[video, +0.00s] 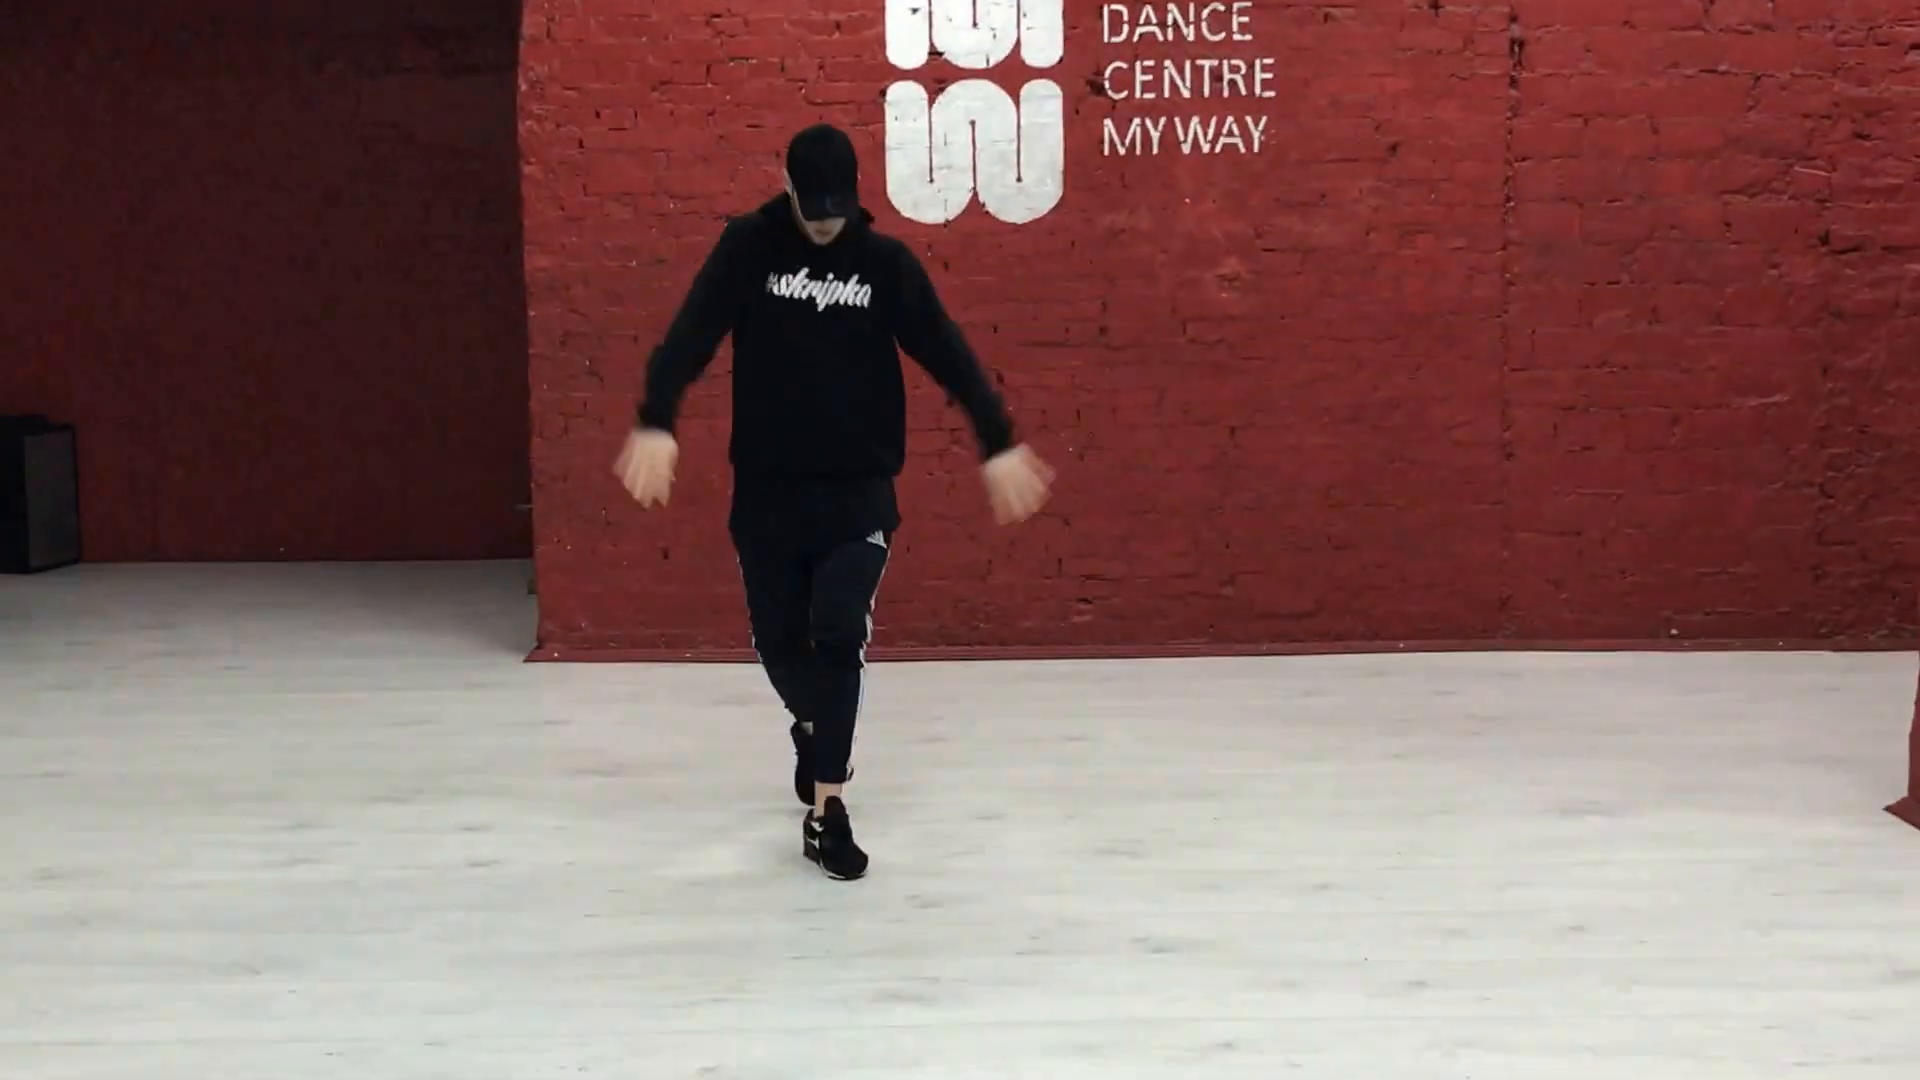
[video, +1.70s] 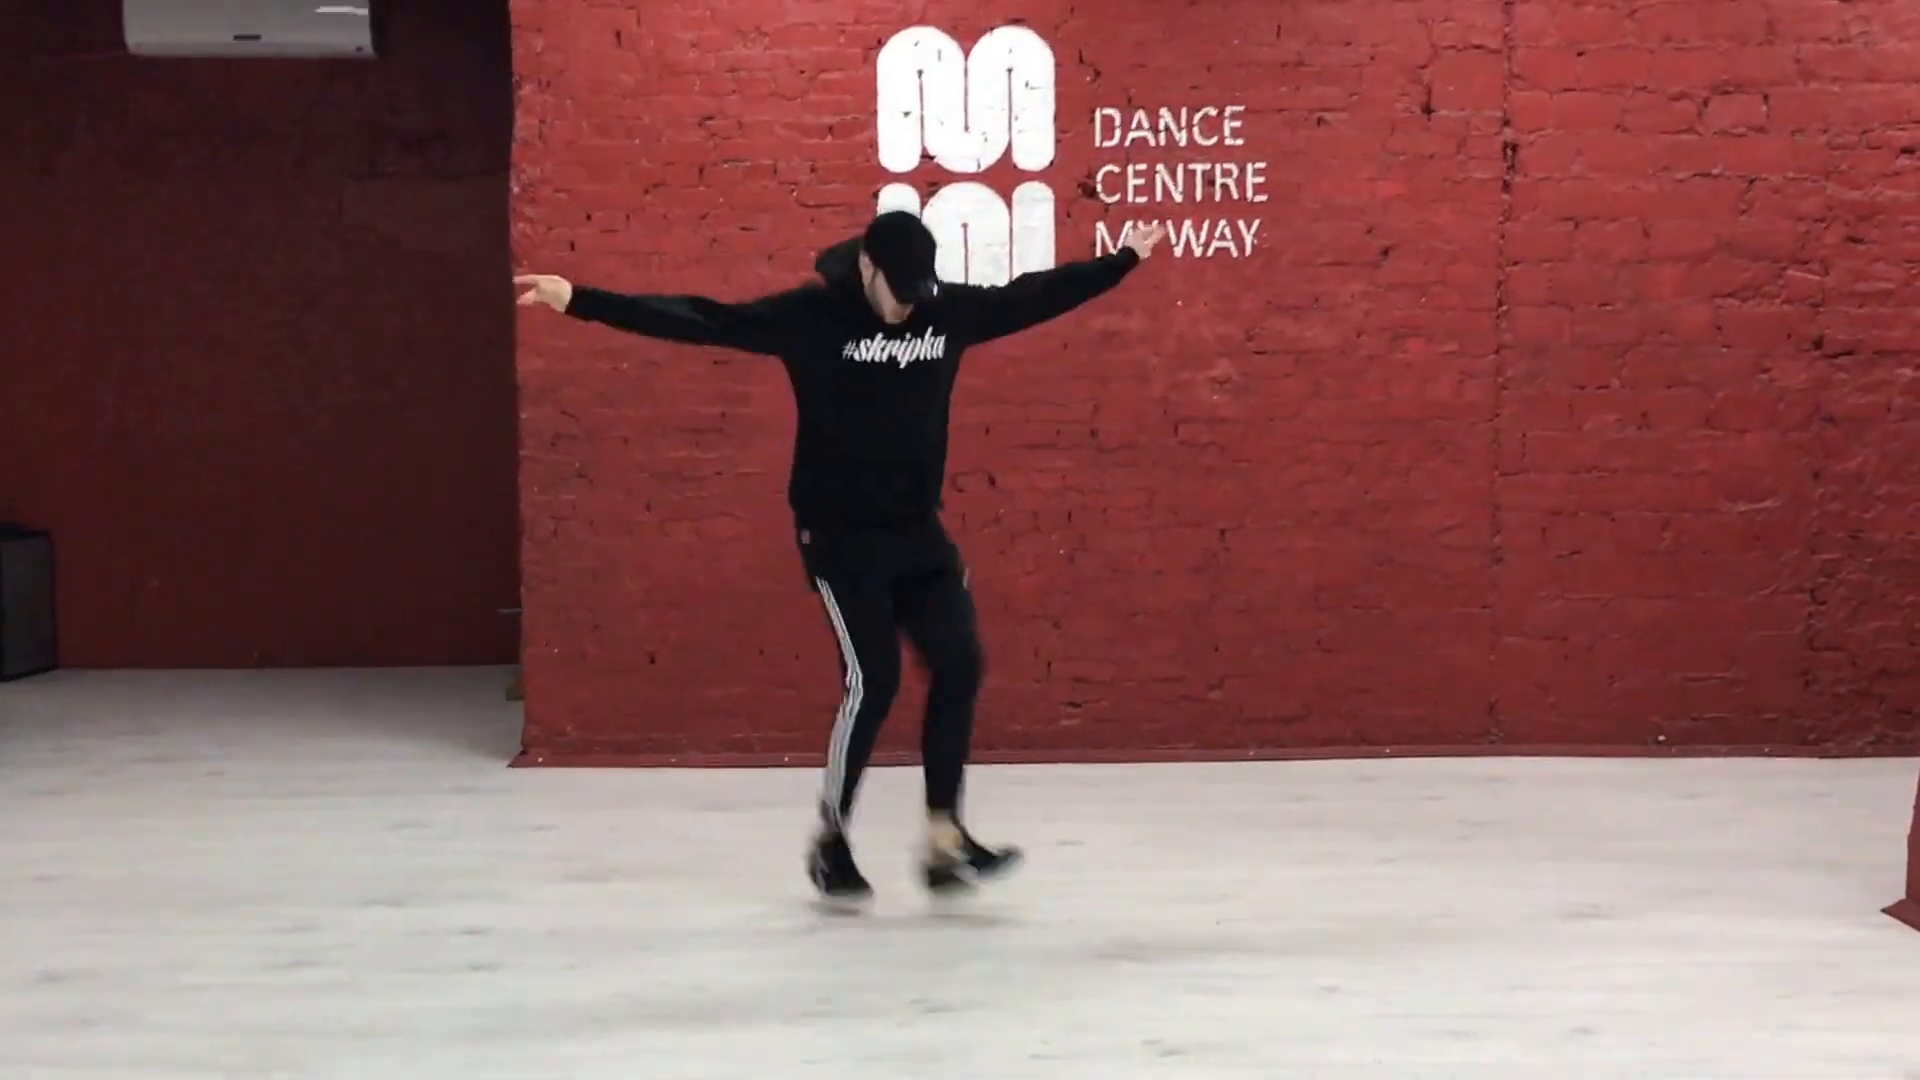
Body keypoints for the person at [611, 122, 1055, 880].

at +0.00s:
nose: (823, 227)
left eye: (834, 215)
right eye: (811, 214)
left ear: (854, 199)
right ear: (789, 194)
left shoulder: (887, 264)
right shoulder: (748, 247)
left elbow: (949, 355)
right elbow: (692, 334)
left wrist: (998, 442)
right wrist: (657, 419)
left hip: (858, 487)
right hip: (766, 485)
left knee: (840, 633)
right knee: (779, 647)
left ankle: (827, 801)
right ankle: (813, 722)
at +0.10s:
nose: (820, 200)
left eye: (831, 187)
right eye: (807, 187)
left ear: (851, 177)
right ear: (785, 175)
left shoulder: (886, 253)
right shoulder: (743, 243)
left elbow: (922, 375)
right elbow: (706, 360)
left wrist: (923, 489)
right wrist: (703, 471)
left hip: (856, 478)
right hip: (766, 478)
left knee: (833, 628)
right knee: (784, 636)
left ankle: (834, 800)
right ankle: (816, 739)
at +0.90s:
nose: (820, 171)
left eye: (832, 162)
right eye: (807, 161)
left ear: (849, 176)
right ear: (787, 175)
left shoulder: (887, 262)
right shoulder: (752, 262)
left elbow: (905, 373)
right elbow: (743, 377)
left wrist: (889, 463)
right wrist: (777, 470)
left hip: (871, 468)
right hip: (791, 471)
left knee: (873, 622)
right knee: (812, 625)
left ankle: (881, 755)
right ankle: (815, 774)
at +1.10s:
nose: (839, 219)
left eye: (851, 209)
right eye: (826, 209)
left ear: (868, 221)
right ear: (807, 222)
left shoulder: (903, 313)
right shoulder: (773, 308)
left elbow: (916, 418)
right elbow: (770, 421)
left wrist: (832, 417)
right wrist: (849, 478)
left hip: (879, 512)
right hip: (797, 512)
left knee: (871, 657)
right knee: (815, 655)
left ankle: (868, 784)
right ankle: (816, 795)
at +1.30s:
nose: (856, 229)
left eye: (868, 217)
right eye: (844, 216)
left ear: (884, 225)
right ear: (823, 223)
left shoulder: (912, 310)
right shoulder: (788, 302)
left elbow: (942, 417)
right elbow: (761, 408)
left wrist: (901, 398)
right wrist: (845, 390)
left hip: (879, 506)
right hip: (797, 506)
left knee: (901, 646)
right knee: (821, 650)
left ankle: (866, 790)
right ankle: (789, 789)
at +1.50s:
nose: (886, 275)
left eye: (897, 261)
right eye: (877, 258)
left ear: (909, 251)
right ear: (846, 238)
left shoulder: (917, 307)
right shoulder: (792, 306)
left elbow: (967, 378)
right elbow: (720, 390)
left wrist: (1030, 442)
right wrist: (644, 470)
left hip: (903, 522)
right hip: (817, 523)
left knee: (914, 663)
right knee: (815, 670)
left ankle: (870, 799)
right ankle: (783, 810)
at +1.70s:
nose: (906, 306)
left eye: (915, 293)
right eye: (895, 291)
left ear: (927, 280)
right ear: (864, 270)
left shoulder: (949, 313)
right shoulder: (809, 317)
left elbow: (1033, 297)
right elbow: (704, 320)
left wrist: (1119, 261)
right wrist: (581, 300)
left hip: (916, 529)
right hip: (837, 533)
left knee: (958, 666)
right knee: (874, 678)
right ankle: (830, 841)